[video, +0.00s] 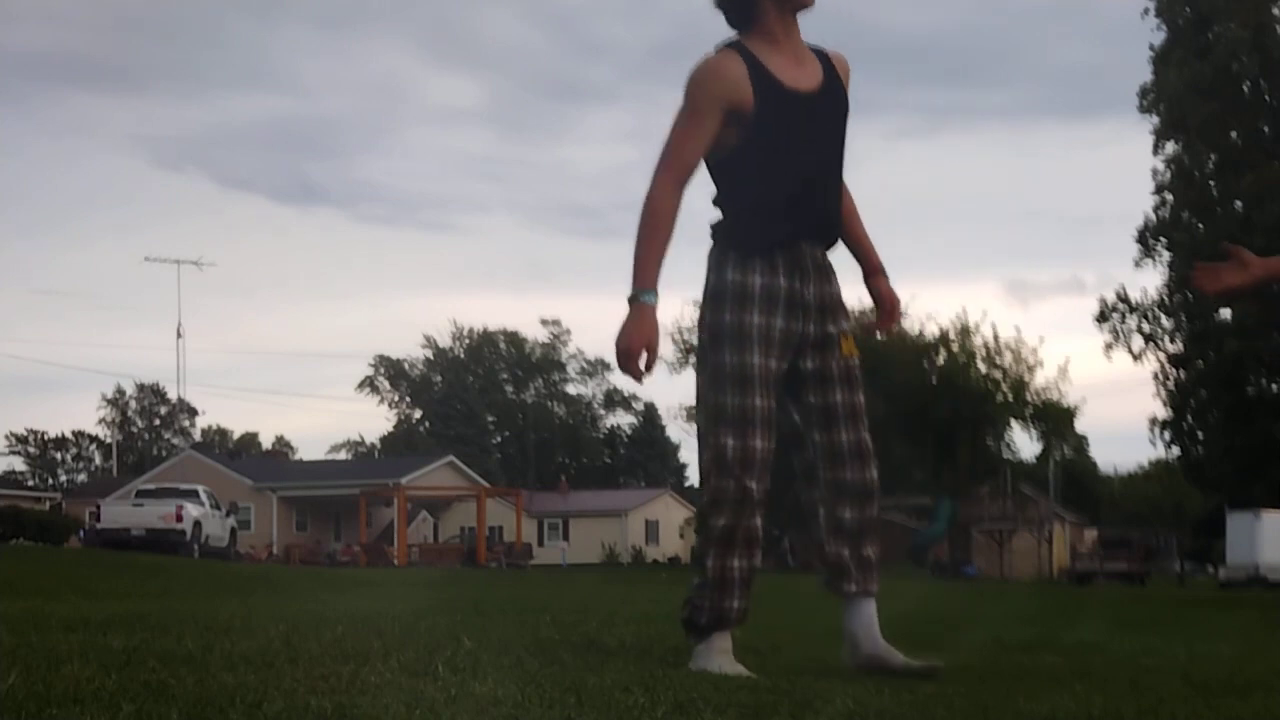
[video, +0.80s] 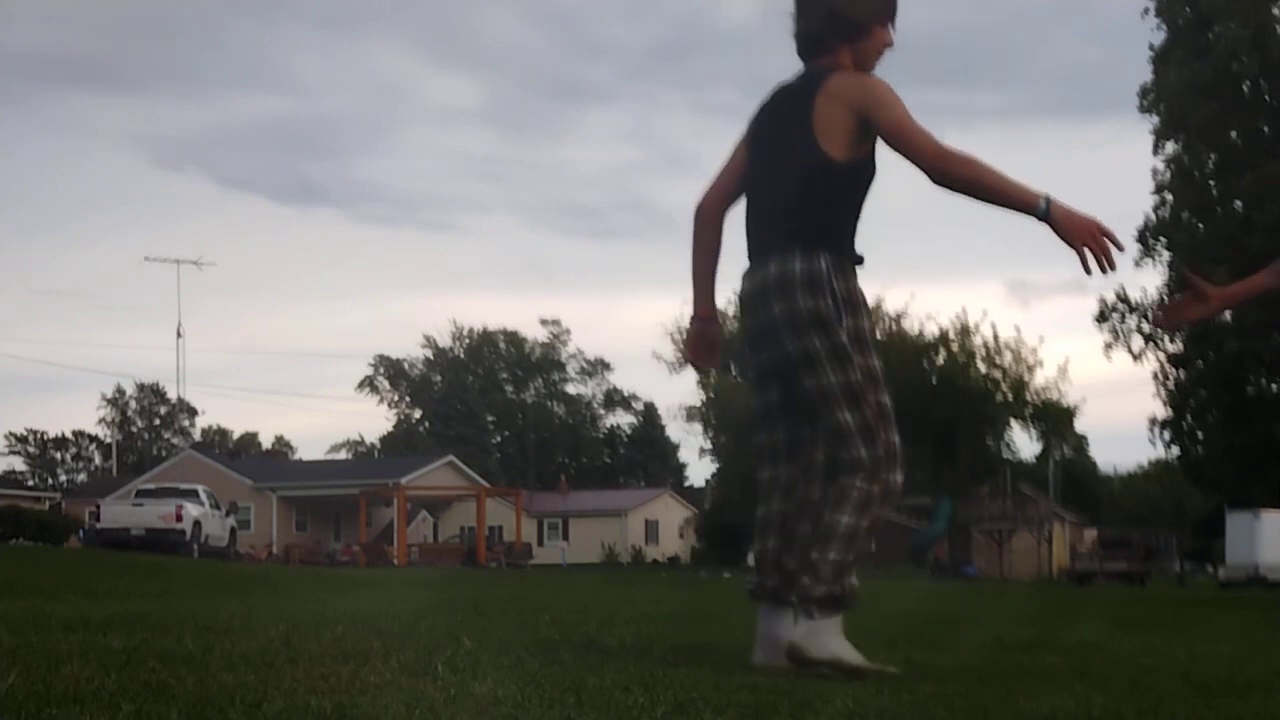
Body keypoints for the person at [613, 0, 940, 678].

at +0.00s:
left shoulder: (833, 66)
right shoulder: (723, 71)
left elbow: (827, 180)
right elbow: (667, 185)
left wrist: (875, 271)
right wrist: (642, 301)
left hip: (818, 276)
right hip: (747, 277)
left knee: (848, 454)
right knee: (741, 459)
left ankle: (863, 633)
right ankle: (714, 643)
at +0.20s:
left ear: (781, 3)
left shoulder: (804, 75)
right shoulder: (744, 58)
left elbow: (775, 171)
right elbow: (704, 151)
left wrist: (784, 261)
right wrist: (685, 239)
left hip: (786, 272)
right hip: (735, 266)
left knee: (809, 454)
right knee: (725, 452)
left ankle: (796, 629)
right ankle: (708, 640)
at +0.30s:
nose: (830, 3)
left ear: (788, 8)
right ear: (796, 3)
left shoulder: (786, 72)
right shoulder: (762, 59)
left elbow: (761, 161)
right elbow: (738, 143)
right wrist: (753, 212)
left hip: (781, 272)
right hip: (741, 263)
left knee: (791, 455)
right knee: (724, 447)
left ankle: (775, 633)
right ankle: (706, 640)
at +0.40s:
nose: (846, 9)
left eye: (842, 2)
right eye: (839, 1)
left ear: (784, 13)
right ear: (812, 8)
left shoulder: (762, 78)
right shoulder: (790, 62)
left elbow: (707, 203)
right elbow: (788, 144)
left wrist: (716, 283)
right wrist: (835, 197)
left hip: (759, 267)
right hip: (752, 262)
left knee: (781, 446)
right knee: (737, 443)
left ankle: (776, 634)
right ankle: (705, 640)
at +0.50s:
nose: (857, 16)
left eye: (855, 6)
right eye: (849, 6)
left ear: (792, 20)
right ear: (819, 15)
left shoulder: (760, 91)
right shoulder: (813, 72)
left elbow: (692, 206)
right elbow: (835, 136)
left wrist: (696, 306)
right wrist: (903, 185)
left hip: (742, 276)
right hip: (769, 273)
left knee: (782, 454)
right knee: (759, 455)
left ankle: (775, 634)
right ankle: (711, 643)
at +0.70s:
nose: (875, 37)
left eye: (875, 25)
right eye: (869, 23)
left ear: (804, 33)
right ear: (837, 26)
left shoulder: (762, 106)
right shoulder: (840, 86)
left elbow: (698, 209)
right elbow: (910, 155)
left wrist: (691, 310)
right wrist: (1013, 194)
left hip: (748, 290)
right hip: (797, 285)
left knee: (789, 453)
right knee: (845, 450)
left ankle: (774, 619)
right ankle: (757, 603)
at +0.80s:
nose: (889, 39)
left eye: (888, 26)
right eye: (883, 25)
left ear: (819, 37)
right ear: (850, 30)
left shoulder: (774, 108)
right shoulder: (859, 89)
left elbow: (710, 207)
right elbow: (943, 164)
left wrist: (703, 309)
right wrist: (1051, 210)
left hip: (760, 295)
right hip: (814, 287)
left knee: (791, 456)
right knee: (874, 455)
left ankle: (775, 628)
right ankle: (818, 619)